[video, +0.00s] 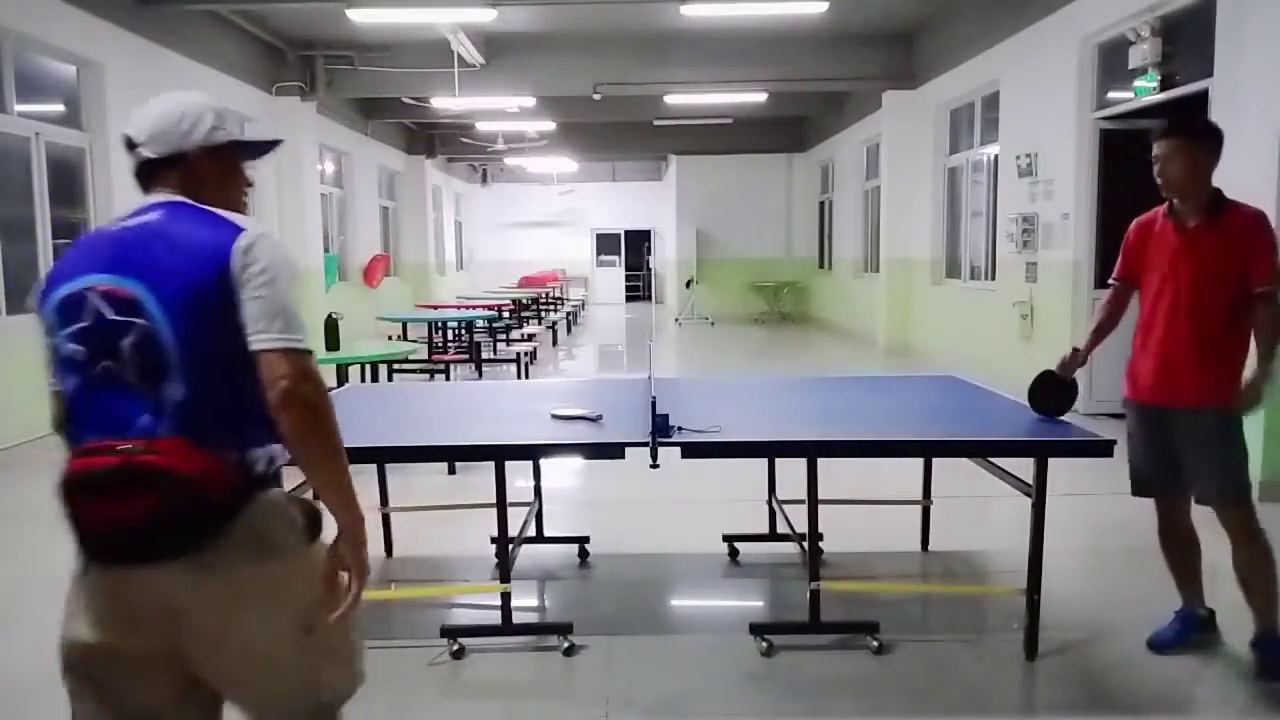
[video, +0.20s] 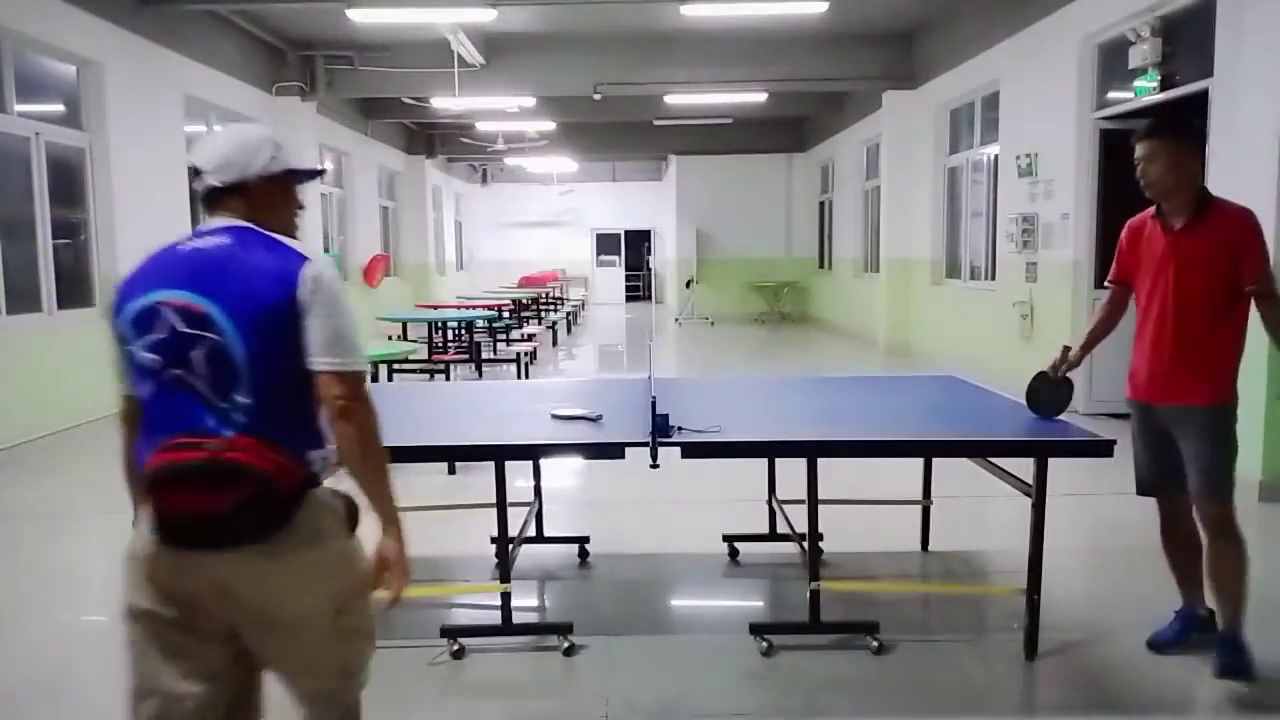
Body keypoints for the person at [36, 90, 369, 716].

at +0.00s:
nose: (248, 177)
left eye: (245, 160)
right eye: (236, 160)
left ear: (157, 169)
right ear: (194, 163)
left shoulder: (69, 264)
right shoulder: (241, 244)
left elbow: (69, 417)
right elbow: (289, 387)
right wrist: (350, 521)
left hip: (113, 547)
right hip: (235, 539)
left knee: (122, 708)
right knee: (306, 703)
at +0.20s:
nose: (299, 198)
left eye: (296, 183)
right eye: (288, 183)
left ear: (219, 193)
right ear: (253, 189)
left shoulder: (138, 281)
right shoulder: (302, 271)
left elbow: (134, 417)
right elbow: (342, 401)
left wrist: (151, 522)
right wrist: (389, 524)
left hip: (172, 530)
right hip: (284, 530)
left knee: (180, 707)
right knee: (335, 700)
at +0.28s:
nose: (331, 208)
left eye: (329, 194)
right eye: (322, 194)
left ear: (257, 200)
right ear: (292, 197)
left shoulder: (181, 279)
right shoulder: (334, 277)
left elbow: (167, 403)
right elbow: (383, 393)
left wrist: (158, 497)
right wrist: (423, 499)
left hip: (210, 508)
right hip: (313, 508)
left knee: (206, 676)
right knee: (356, 664)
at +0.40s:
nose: (353, 214)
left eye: (353, 202)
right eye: (348, 200)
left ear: (282, 198)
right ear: (320, 197)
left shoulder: (205, 271)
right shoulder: (356, 270)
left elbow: (188, 392)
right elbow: (410, 374)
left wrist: (187, 476)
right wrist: (445, 455)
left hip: (242, 482)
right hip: (337, 483)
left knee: (249, 635)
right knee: (362, 644)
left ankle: (230, 714)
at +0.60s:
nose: (371, 215)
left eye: (372, 203)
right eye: (369, 202)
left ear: (302, 197)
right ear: (347, 196)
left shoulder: (233, 263)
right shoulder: (368, 257)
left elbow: (222, 374)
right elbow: (439, 345)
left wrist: (256, 425)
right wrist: (472, 387)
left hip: (273, 453)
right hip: (356, 451)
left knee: (300, 604)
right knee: (396, 591)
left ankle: (307, 714)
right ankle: (377, 710)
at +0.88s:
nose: (431, 236)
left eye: (431, 226)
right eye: (431, 226)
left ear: (373, 216)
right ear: (417, 222)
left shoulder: (310, 264)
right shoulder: (433, 276)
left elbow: (272, 357)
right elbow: (497, 352)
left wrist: (282, 413)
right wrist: (533, 389)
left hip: (310, 447)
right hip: (392, 452)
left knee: (306, 590)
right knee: (432, 575)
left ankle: (305, 711)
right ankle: (454, 682)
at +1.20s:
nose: (464, 280)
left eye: (461, 271)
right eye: (464, 273)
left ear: (414, 256)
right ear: (460, 270)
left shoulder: (358, 280)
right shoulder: (473, 311)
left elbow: (301, 357)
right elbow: (533, 372)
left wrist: (272, 444)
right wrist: (574, 405)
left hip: (329, 454)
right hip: (415, 463)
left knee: (274, 580)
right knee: (443, 574)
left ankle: (213, 696)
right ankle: (453, 678)